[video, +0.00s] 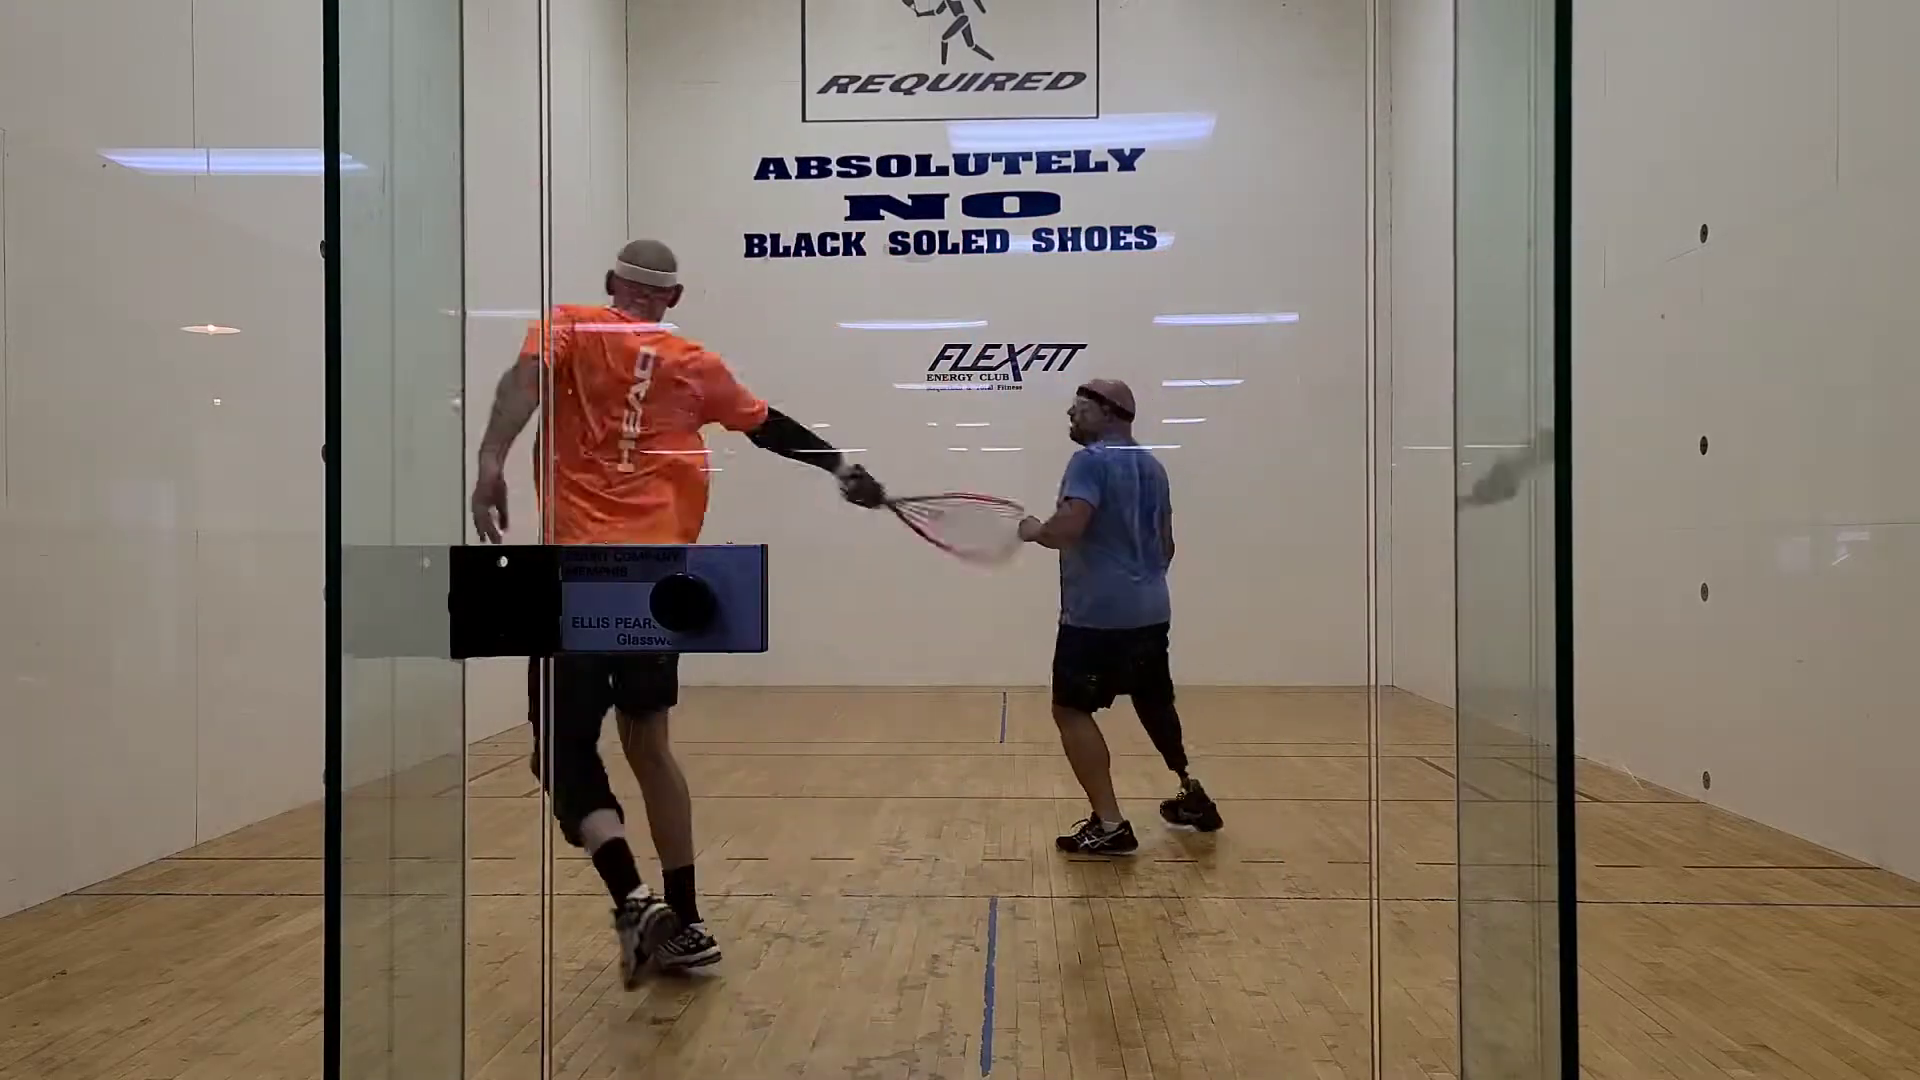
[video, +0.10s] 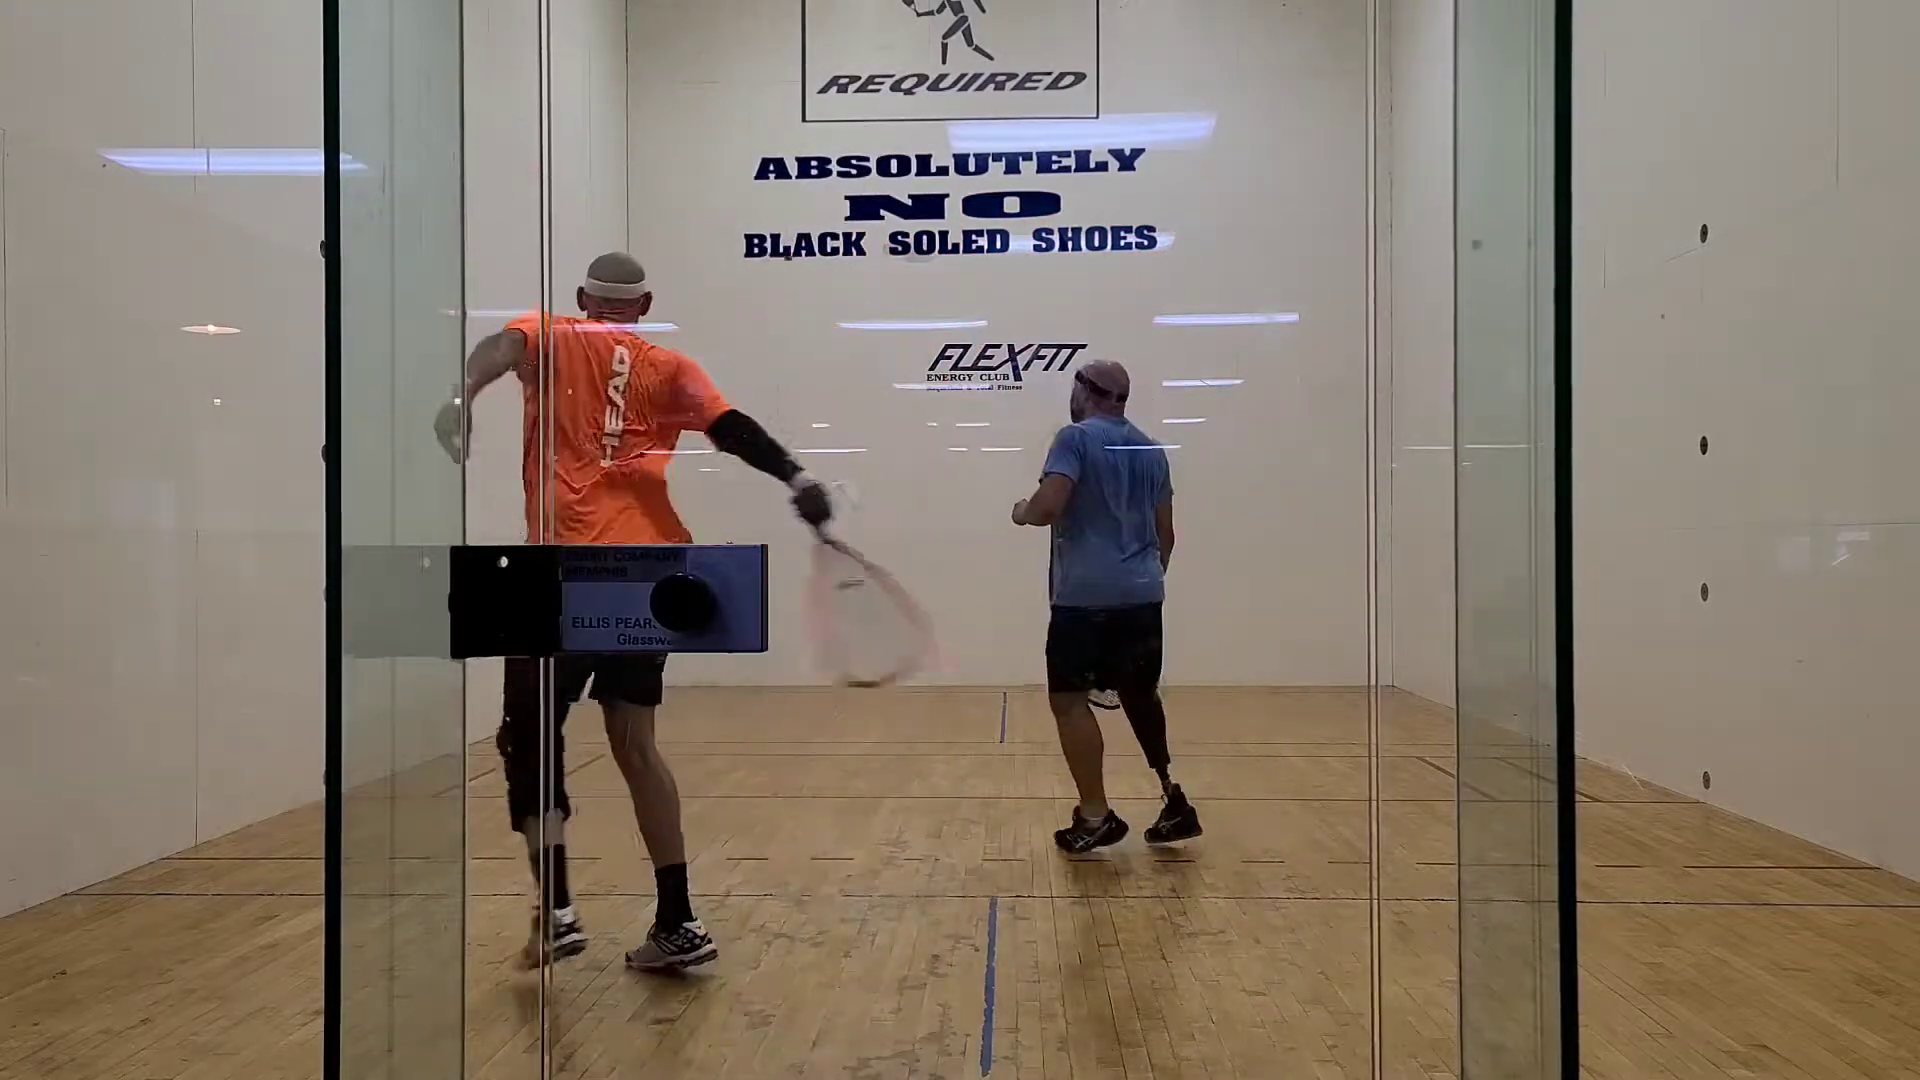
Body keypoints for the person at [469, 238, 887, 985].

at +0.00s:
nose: (644, 304)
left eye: (645, 292)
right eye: (645, 292)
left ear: (612, 285)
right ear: (671, 298)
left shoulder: (564, 327)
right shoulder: (693, 362)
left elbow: (523, 384)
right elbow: (767, 425)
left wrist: (488, 468)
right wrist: (840, 461)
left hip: (574, 576)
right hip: (662, 580)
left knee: (564, 750)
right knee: (650, 742)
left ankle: (633, 902)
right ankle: (683, 920)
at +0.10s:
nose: (598, 313)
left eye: (597, 303)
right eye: (605, 304)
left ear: (581, 300)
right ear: (643, 307)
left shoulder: (547, 331)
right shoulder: (669, 366)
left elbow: (499, 349)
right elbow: (730, 427)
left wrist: (459, 401)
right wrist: (796, 474)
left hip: (556, 569)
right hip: (648, 572)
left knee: (526, 738)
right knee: (636, 740)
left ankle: (558, 912)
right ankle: (677, 921)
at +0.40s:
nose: (617, 349)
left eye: (614, 337)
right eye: (617, 339)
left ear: (565, 328)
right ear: (614, 337)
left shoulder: (504, 372)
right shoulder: (612, 394)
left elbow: (411, 435)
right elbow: (568, 464)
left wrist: (337, 501)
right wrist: (526, 533)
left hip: (488, 573)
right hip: (570, 580)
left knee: (493, 739)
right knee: (579, 723)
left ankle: (479, 912)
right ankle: (592, 849)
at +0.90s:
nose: (577, 338)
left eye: (574, 328)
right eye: (574, 329)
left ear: (518, 331)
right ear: (563, 333)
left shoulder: (475, 381)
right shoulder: (575, 401)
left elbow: (453, 464)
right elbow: (578, 494)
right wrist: (610, 566)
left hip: (463, 575)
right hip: (533, 579)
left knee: (458, 714)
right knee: (526, 730)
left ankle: (418, 848)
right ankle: (497, 880)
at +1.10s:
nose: (578, 367)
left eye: (576, 356)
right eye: (574, 357)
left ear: (520, 360)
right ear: (558, 359)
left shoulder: (471, 411)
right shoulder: (570, 421)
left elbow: (438, 492)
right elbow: (570, 521)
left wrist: (466, 551)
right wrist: (596, 595)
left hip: (466, 599)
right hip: (534, 601)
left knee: (456, 731)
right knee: (562, 723)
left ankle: (402, 871)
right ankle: (511, 855)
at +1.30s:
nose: (632, 370)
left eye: (630, 361)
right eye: (626, 361)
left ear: (579, 369)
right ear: (603, 367)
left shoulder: (526, 412)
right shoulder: (610, 424)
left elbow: (496, 475)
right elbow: (594, 511)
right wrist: (621, 589)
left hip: (488, 587)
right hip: (553, 592)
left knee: (473, 725)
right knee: (627, 696)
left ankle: (404, 866)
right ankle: (610, 842)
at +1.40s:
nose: (671, 376)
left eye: (669, 366)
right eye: (664, 366)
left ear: (619, 375)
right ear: (636, 373)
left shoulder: (570, 415)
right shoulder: (643, 426)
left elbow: (545, 506)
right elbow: (626, 514)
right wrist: (658, 595)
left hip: (517, 582)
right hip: (581, 586)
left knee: (489, 726)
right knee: (652, 700)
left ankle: (409, 858)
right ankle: (663, 848)